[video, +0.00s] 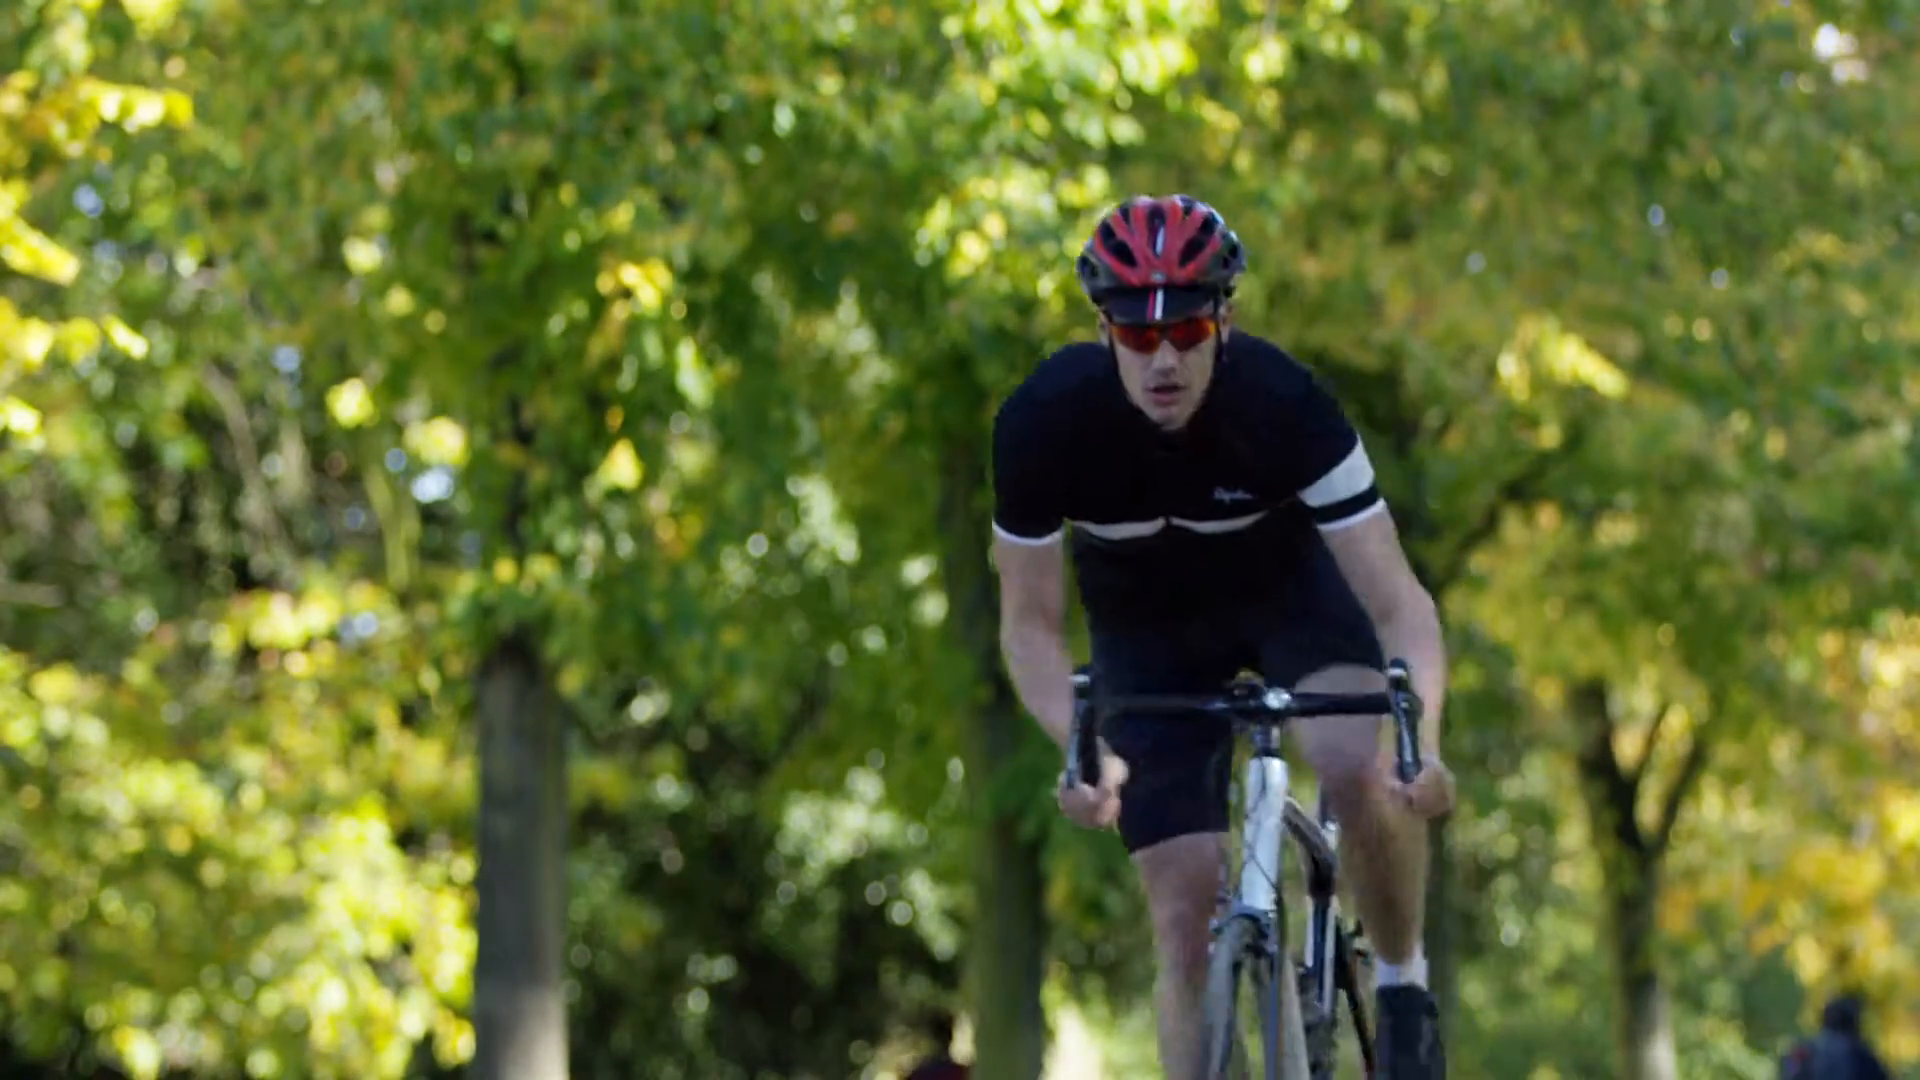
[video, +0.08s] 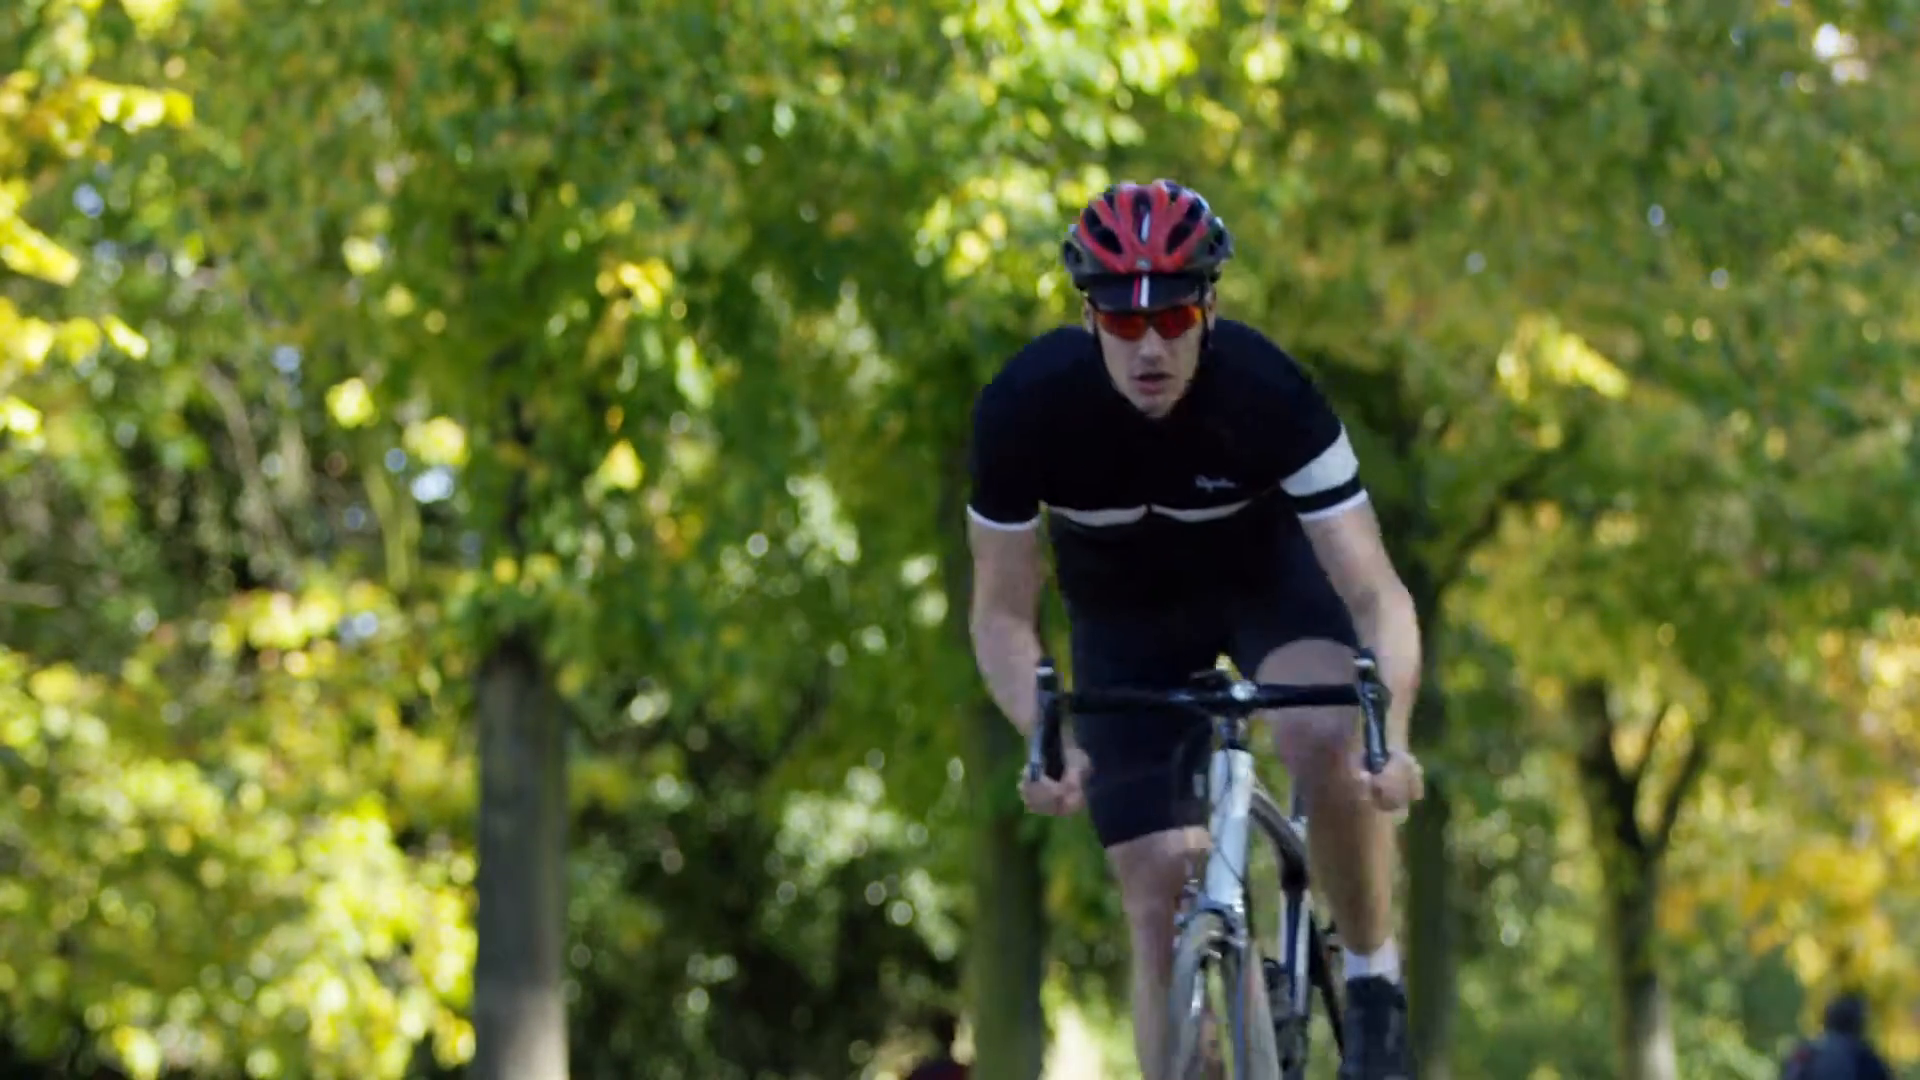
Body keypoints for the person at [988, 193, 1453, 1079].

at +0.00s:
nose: (1163, 361)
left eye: (1186, 332)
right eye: (1138, 336)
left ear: (1223, 321)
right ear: (1105, 328)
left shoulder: (1284, 401)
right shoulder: (1043, 423)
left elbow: (1399, 598)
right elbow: (1029, 619)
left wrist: (1421, 741)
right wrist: (1081, 739)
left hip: (1293, 595)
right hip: (1143, 622)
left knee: (1361, 770)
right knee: (1186, 916)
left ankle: (1402, 989)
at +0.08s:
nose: (1150, 349)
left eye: (1172, 322)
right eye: (1125, 325)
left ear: (1208, 310)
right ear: (1090, 316)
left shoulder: (1267, 388)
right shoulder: (1027, 406)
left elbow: (1378, 592)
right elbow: (1001, 611)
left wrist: (1390, 735)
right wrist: (1046, 732)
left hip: (1269, 582)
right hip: (1121, 607)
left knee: (1327, 739)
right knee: (1160, 885)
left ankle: (1372, 991)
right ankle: (1179, 1068)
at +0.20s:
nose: (1123, 327)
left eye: (1145, 299)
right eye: (1097, 302)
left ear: (1183, 288)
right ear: (1061, 295)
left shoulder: (1246, 372)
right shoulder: (997, 378)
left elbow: (1341, 580)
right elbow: (955, 583)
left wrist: (1337, 724)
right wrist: (988, 720)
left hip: (1234, 559)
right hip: (1086, 582)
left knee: (1275, 721)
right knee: (1115, 884)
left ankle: (1317, 986)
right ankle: (1140, 1069)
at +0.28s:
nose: (1103, 312)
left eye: (1126, 283)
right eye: (1077, 286)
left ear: (1163, 271)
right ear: (1041, 278)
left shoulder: (1227, 356)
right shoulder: (972, 363)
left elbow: (1317, 570)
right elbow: (924, 571)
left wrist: (1303, 713)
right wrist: (945, 714)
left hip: (1211, 540)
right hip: (1062, 558)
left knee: (1233, 704)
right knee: (1077, 859)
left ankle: (1282, 1004)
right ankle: (1111, 1071)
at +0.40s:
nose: (1069, 289)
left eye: (1092, 259)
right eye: (1041, 263)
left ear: (1128, 245)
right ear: (1005, 254)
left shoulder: (1196, 329)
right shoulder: (937, 334)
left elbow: (1277, 551)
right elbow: (872, 547)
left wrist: (1241, 694)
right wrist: (882, 705)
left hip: (1171, 516)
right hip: (1021, 532)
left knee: (1185, 738)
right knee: (1018, 845)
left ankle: (1226, 1034)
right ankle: (1064, 1067)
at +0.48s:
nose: (1040, 274)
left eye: (1063, 244)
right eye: (1012, 248)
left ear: (1100, 228)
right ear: (975, 238)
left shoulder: (1173, 314)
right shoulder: (910, 317)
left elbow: (1248, 537)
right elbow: (840, 532)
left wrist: (1202, 678)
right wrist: (838, 698)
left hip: (1152, 516)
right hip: (999, 525)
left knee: (1151, 737)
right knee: (974, 839)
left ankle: (1192, 1050)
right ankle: (1022, 1066)